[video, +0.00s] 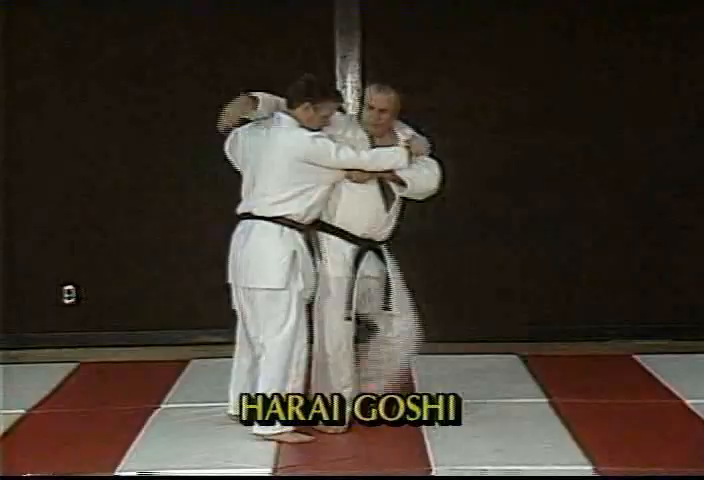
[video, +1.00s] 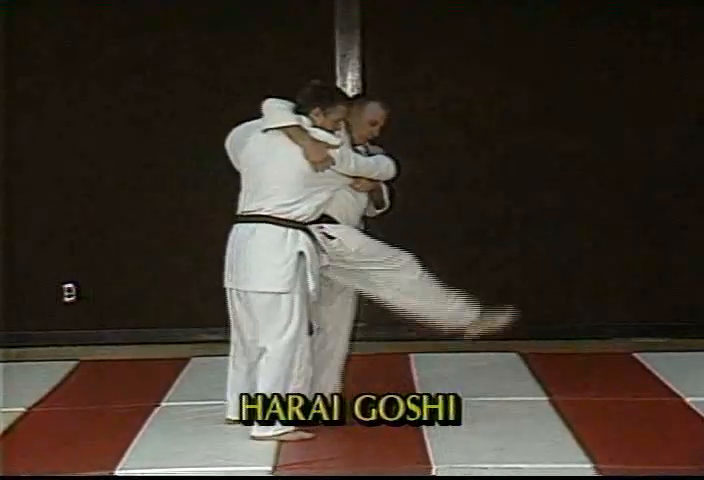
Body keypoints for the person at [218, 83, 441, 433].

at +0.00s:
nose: (327, 122)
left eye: (329, 115)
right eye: (325, 115)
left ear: (291, 106)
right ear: (306, 108)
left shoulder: (252, 135)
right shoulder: (306, 144)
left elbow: (231, 144)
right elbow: (359, 159)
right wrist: (407, 151)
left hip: (246, 237)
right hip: (278, 242)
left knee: (253, 332)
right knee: (281, 333)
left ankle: (247, 407)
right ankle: (271, 420)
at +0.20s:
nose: (335, 119)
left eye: (338, 113)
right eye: (332, 112)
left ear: (297, 108)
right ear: (310, 107)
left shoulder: (256, 135)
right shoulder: (321, 143)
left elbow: (239, 128)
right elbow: (377, 151)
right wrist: (400, 138)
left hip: (249, 236)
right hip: (283, 240)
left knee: (254, 332)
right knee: (287, 333)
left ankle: (245, 409)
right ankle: (273, 421)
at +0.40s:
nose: (343, 122)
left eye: (345, 115)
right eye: (341, 114)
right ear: (320, 109)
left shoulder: (257, 134)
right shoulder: (327, 142)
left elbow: (238, 134)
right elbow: (384, 164)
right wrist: (401, 159)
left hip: (244, 232)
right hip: (280, 237)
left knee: (250, 329)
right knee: (279, 329)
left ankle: (245, 406)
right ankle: (272, 419)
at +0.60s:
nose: (341, 123)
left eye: (343, 116)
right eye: (339, 115)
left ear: (304, 109)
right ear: (318, 109)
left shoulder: (253, 133)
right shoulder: (325, 143)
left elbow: (239, 138)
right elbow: (385, 165)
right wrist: (395, 162)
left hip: (241, 236)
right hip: (279, 240)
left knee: (247, 332)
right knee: (281, 331)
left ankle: (243, 408)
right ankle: (272, 419)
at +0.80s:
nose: (339, 125)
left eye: (341, 118)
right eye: (336, 117)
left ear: (300, 110)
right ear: (316, 111)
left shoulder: (251, 135)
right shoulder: (322, 146)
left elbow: (237, 135)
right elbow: (381, 167)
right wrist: (388, 163)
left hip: (239, 239)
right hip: (276, 244)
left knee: (246, 335)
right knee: (279, 334)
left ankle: (243, 408)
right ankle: (271, 420)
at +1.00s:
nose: (341, 128)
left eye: (342, 120)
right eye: (338, 119)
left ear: (299, 113)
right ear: (317, 114)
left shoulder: (253, 138)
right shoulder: (324, 149)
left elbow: (234, 136)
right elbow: (379, 169)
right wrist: (386, 163)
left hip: (239, 244)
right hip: (278, 248)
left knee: (246, 337)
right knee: (282, 336)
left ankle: (239, 410)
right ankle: (269, 421)